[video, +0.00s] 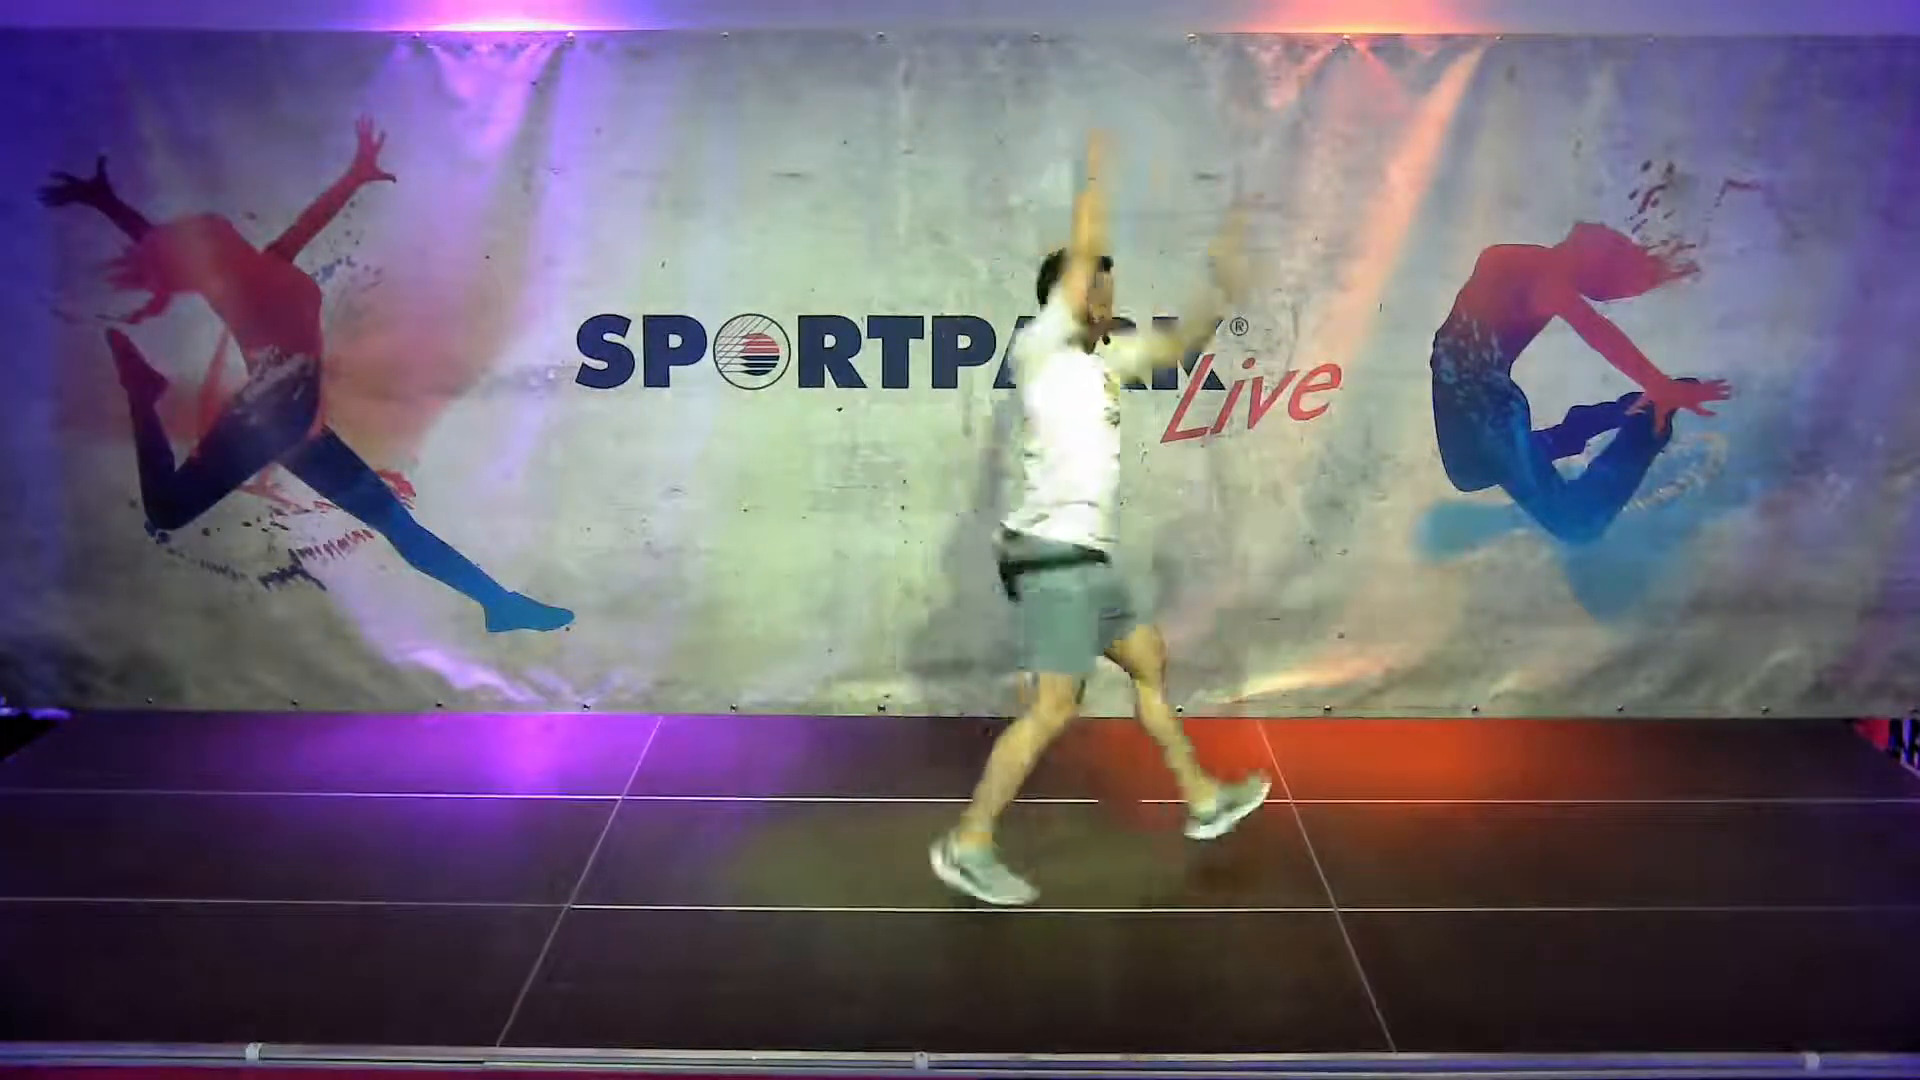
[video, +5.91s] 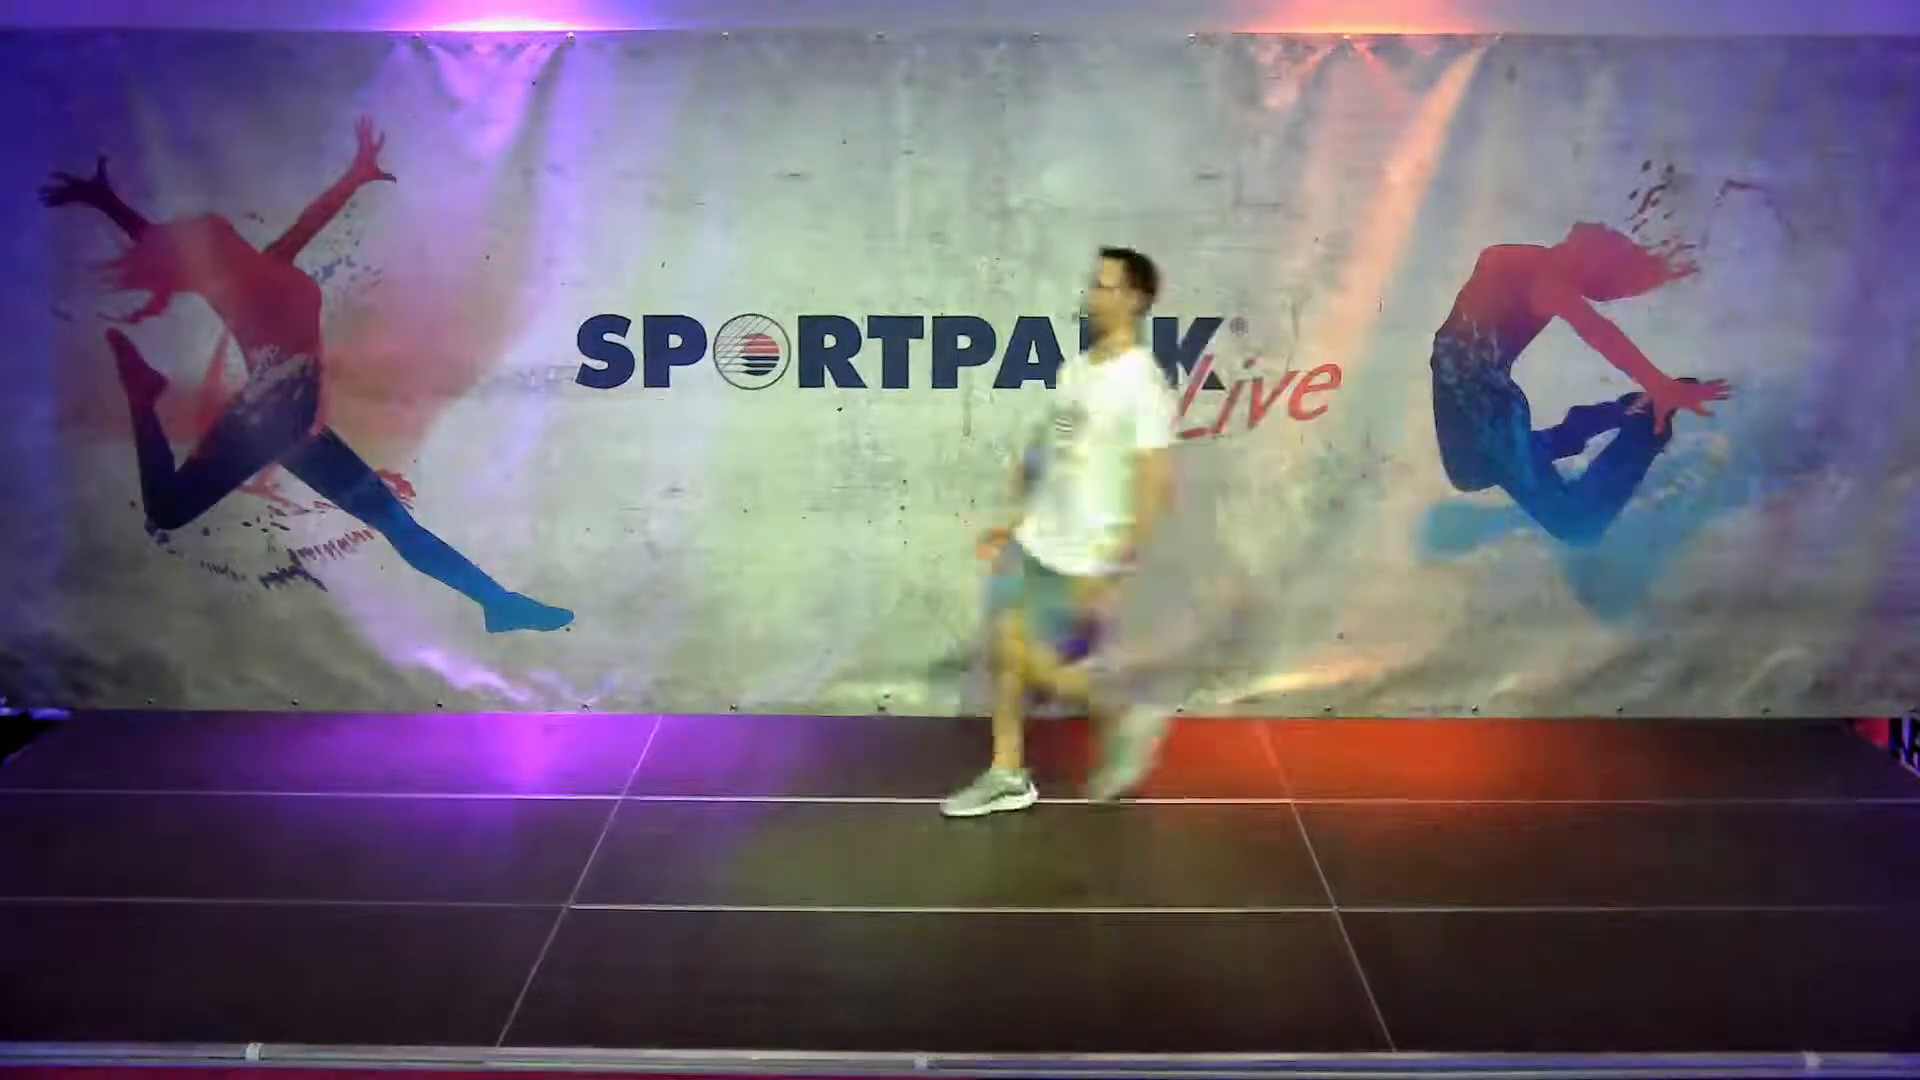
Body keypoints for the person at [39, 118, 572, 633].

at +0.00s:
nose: (182, 280)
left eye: (179, 261)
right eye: (177, 261)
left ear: (204, 250)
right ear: (198, 249)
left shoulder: (264, 268)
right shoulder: (229, 274)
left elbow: (308, 223)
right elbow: (159, 244)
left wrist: (358, 175)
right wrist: (105, 202)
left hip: (298, 426)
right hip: (264, 419)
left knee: (388, 515)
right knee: (166, 511)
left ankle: (500, 602)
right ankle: (143, 396)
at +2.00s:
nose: (219, 245)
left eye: (214, 237)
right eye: (206, 245)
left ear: (224, 240)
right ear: (198, 261)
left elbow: (313, 218)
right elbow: (157, 246)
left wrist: (358, 174)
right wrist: (100, 197)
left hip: (299, 427)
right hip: (257, 426)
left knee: (395, 521)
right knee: (166, 508)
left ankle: (508, 609)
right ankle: (141, 393)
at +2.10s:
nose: (171, 288)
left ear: (210, 249)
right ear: (210, 247)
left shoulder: (268, 266)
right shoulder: (233, 279)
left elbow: (312, 219)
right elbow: (156, 244)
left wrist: (359, 173)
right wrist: (102, 198)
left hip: (294, 425)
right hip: (262, 423)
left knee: (389, 515)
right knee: (167, 513)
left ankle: (497, 598)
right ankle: (140, 393)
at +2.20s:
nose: (176, 292)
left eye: (177, 274)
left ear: (213, 250)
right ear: (214, 247)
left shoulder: (268, 265)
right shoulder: (237, 280)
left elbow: (311, 220)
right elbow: (158, 247)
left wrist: (358, 174)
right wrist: (104, 199)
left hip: (296, 425)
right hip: (263, 423)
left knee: (391, 517)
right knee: (167, 513)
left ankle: (497, 598)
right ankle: (141, 395)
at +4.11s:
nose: (178, 295)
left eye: (178, 274)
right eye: (169, 281)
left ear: (199, 254)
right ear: (208, 245)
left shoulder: (257, 272)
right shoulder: (252, 278)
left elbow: (305, 223)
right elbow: (159, 242)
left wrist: (356, 175)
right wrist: (103, 199)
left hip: (297, 426)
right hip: (265, 422)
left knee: (390, 516)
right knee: (167, 511)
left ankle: (500, 602)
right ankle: (140, 392)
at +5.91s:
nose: (177, 289)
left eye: (177, 268)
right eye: (174, 271)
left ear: (203, 253)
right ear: (205, 249)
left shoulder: (262, 270)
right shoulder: (241, 279)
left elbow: (307, 223)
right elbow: (157, 244)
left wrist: (358, 175)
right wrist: (105, 203)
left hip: (300, 428)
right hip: (262, 422)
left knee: (390, 517)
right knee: (166, 512)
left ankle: (500, 602)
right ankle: (141, 398)